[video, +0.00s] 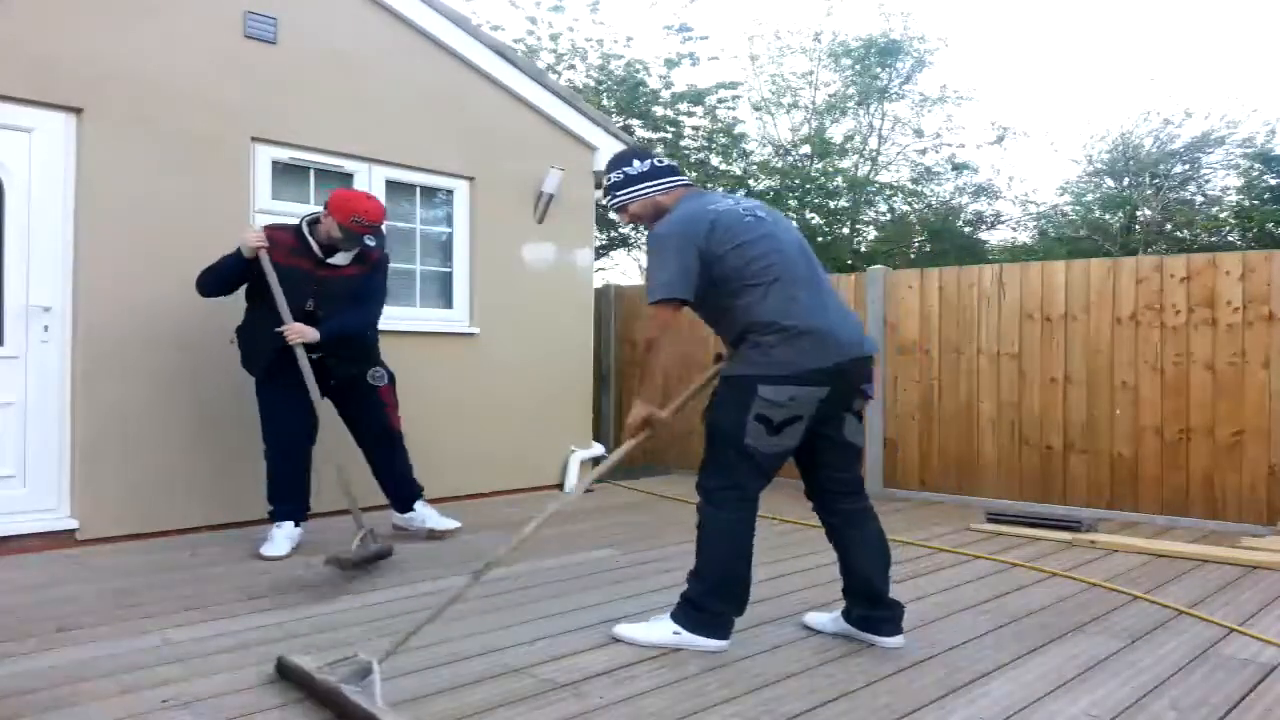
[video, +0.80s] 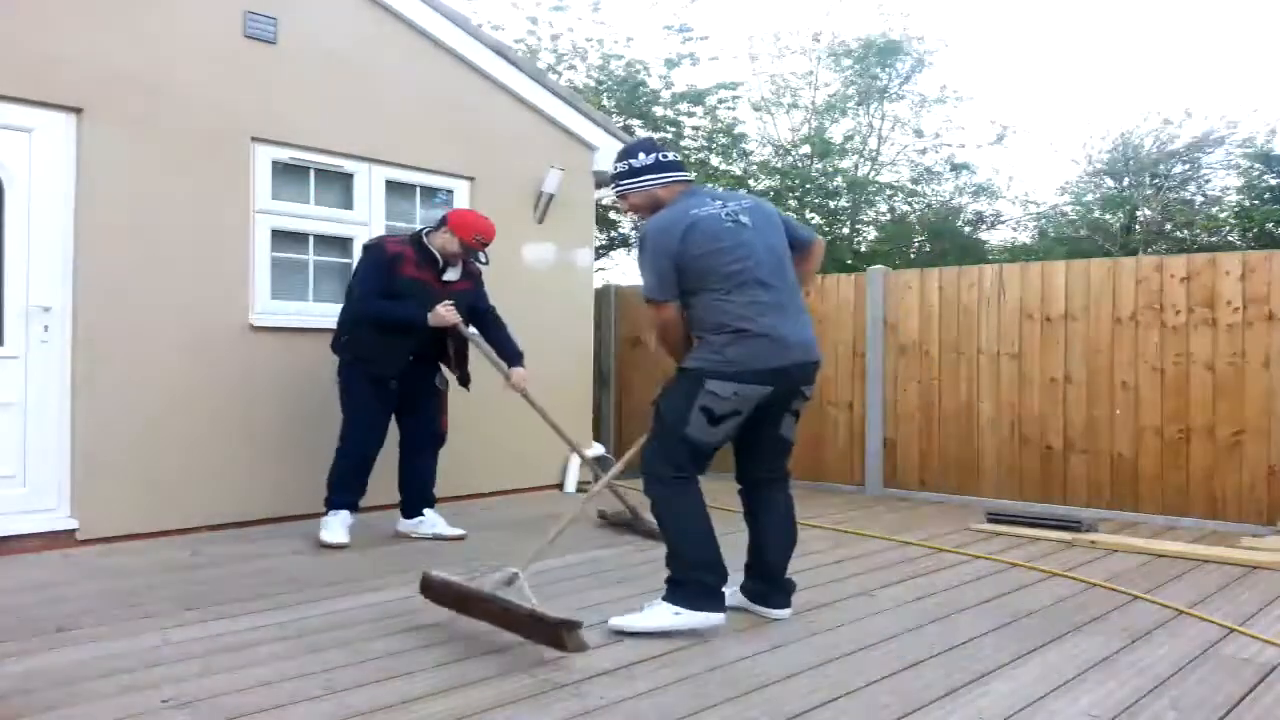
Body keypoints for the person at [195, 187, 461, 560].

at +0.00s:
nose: (355, 245)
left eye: (361, 239)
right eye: (351, 237)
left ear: (366, 232)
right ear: (329, 222)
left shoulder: (371, 259)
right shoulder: (275, 243)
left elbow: (365, 317)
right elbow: (206, 286)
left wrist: (318, 332)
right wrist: (242, 255)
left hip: (343, 351)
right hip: (280, 353)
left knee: (378, 425)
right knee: (289, 433)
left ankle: (409, 507)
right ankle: (286, 523)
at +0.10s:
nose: (369, 247)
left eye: (374, 241)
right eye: (366, 239)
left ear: (372, 233)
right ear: (343, 224)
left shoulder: (383, 259)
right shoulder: (289, 244)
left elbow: (388, 316)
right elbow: (223, 287)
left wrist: (344, 324)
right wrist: (260, 252)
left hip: (357, 360)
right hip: (294, 361)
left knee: (390, 430)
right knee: (292, 443)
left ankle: (422, 508)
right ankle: (287, 523)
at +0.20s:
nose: (383, 247)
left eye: (390, 241)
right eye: (380, 238)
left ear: (396, 237)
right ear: (360, 220)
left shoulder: (398, 263)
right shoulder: (309, 246)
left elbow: (409, 317)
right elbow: (245, 290)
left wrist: (378, 325)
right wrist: (284, 256)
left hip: (370, 366)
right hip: (308, 366)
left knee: (396, 437)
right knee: (299, 446)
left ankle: (415, 513)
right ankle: (289, 523)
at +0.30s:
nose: (407, 249)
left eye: (413, 243)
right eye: (404, 240)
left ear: (415, 238)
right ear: (383, 223)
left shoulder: (416, 265)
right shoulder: (328, 247)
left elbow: (432, 318)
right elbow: (272, 294)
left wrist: (414, 331)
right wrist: (311, 266)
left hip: (384, 370)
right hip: (323, 367)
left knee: (405, 441)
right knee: (310, 448)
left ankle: (415, 515)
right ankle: (290, 524)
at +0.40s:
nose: (427, 253)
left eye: (432, 247)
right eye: (425, 243)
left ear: (431, 242)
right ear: (408, 226)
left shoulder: (432, 270)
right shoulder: (346, 249)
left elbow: (450, 314)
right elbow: (299, 297)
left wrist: (447, 335)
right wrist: (346, 279)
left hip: (399, 371)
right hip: (340, 368)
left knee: (417, 438)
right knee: (321, 444)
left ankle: (415, 514)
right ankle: (291, 522)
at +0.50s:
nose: (445, 255)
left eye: (450, 250)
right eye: (443, 246)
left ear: (432, 234)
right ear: (424, 228)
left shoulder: (446, 270)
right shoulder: (361, 250)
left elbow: (463, 311)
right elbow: (330, 300)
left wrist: (478, 342)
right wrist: (383, 294)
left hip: (412, 371)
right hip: (352, 367)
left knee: (421, 440)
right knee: (329, 443)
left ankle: (416, 514)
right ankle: (298, 520)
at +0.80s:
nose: (467, 259)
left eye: (471, 254)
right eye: (466, 250)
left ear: (457, 242)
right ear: (447, 234)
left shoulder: (465, 275)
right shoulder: (385, 253)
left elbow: (485, 317)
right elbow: (361, 306)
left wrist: (515, 362)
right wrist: (426, 317)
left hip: (421, 367)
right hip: (368, 362)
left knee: (425, 437)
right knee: (363, 435)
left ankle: (416, 514)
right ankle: (339, 512)